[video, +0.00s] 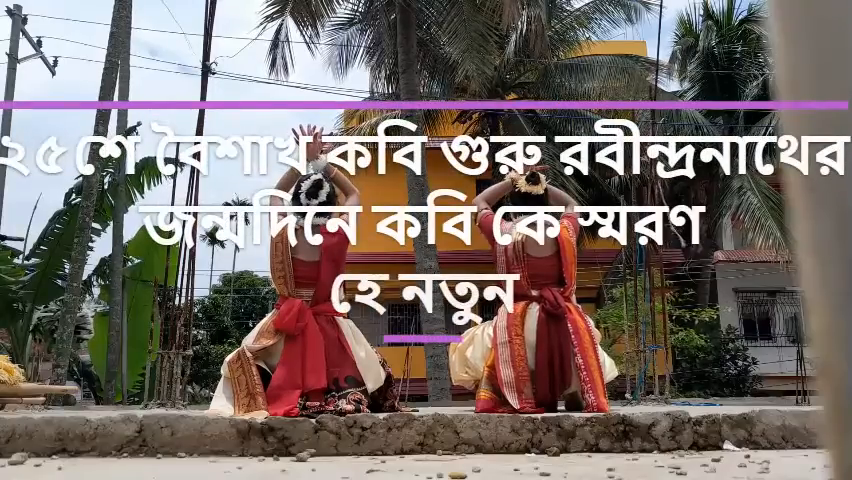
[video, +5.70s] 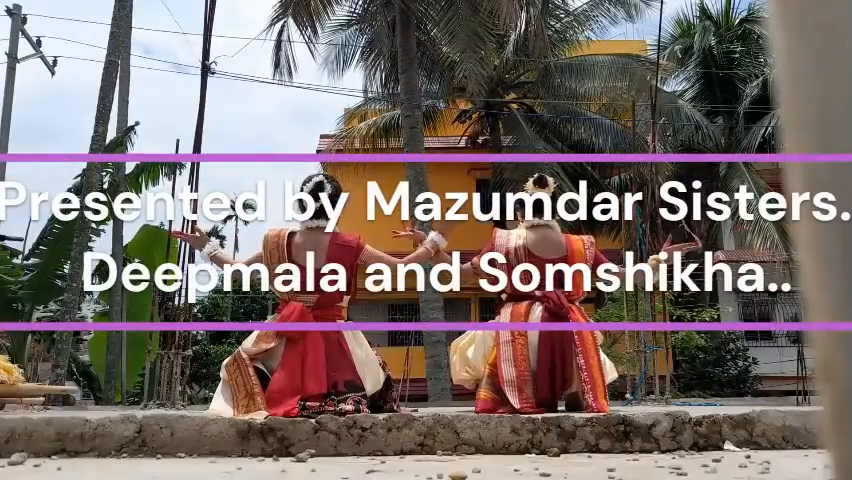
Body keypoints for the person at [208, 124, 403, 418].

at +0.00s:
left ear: (295, 203)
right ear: (330, 203)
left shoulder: (284, 235)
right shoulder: (337, 236)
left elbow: (277, 195)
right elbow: (352, 195)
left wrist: (303, 162)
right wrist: (324, 164)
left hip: (290, 330)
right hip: (330, 329)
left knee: (241, 362)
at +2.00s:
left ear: (296, 203)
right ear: (331, 203)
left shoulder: (284, 234)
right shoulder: (337, 236)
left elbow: (277, 196)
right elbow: (351, 195)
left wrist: (302, 162)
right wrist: (323, 164)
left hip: (289, 328)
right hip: (330, 328)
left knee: (241, 361)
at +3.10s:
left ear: (292, 201)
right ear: (330, 202)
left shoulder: (279, 231)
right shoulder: (338, 232)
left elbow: (269, 192)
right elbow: (368, 188)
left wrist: (281, 157)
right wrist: (353, 157)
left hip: (287, 331)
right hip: (330, 329)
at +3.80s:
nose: (337, 204)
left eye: (333, 198)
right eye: (335, 199)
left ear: (295, 203)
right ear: (331, 204)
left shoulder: (278, 234)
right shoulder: (341, 235)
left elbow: (260, 204)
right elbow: (386, 206)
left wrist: (267, 161)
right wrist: (387, 171)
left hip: (288, 333)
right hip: (333, 333)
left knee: (239, 367)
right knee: (379, 388)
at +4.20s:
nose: (339, 204)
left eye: (336, 198)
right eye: (337, 199)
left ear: (298, 204)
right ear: (333, 205)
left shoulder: (277, 235)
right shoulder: (345, 237)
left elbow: (248, 213)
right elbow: (397, 229)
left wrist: (235, 177)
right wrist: (419, 193)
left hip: (287, 337)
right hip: (333, 336)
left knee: (242, 364)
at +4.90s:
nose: (340, 207)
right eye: (338, 201)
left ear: (301, 203)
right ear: (336, 206)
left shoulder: (277, 238)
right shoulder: (348, 242)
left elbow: (238, 238)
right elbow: (404, 248)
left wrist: (225, 210)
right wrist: (430, 223)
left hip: (286, 336)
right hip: (334, 338)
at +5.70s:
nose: (330, 209)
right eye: (334, 203)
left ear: (299, 205)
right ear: (336, 206)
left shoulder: (277, 243)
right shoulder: (350, 246)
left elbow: (234, 267)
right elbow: (401, 266)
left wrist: (202, 243)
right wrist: (431, 247)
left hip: (287, 350)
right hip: (337, 350)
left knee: (238, 364)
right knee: (377, 392)